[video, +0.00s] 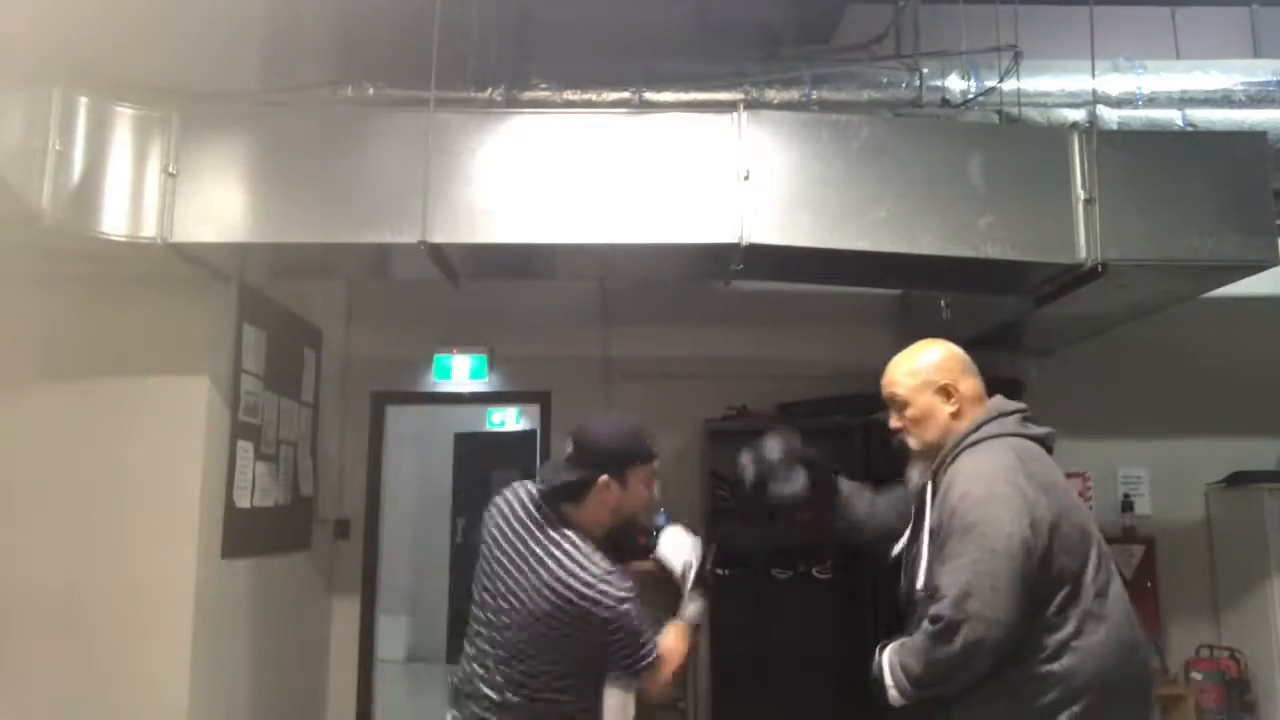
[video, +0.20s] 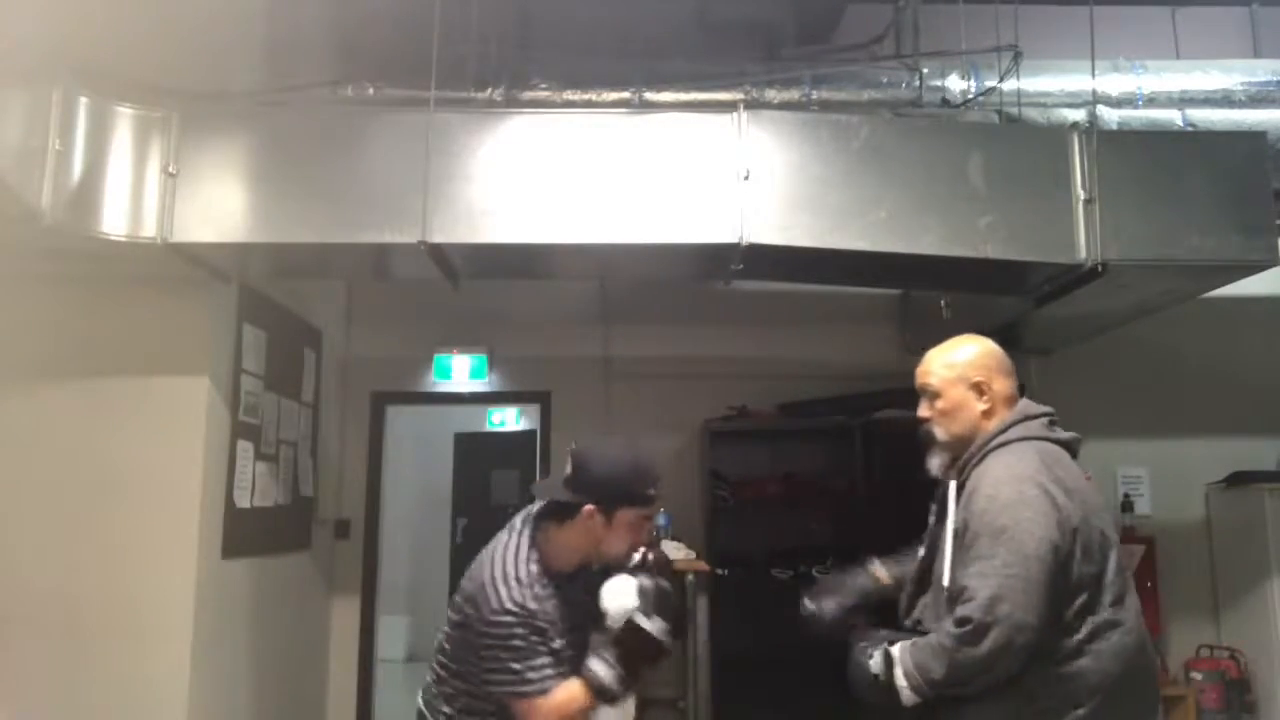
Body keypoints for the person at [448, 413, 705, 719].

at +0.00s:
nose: (654, 493)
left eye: (653, 480)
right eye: (646, 482)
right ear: (606, 487)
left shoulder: (511, 499)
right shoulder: (601, 589)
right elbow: (656, 682)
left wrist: (652, 566)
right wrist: (690, 608)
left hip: (467, 700)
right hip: (542, 711)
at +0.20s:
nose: (645, 538)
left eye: (648, 523)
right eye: (638, 523)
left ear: (590, 517)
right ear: (592, 517)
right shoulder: (507, 601)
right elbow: (539, 709)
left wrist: (639, 574)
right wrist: (617, 661)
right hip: (465, 712)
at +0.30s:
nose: (621, 532)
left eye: (625, 516)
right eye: (614, 516)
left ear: (568, 508)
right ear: (569, 506)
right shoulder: (480, 580)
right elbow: (514, 706)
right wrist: (590, 632)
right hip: (459, 713)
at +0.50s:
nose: (578, 504)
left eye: (580, 488)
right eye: (572, 486)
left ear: (526, 478)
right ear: (527, 477)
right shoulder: (434, 552)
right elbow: (471, 687)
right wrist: (545, 598)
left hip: (513, 706)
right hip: (429, 712)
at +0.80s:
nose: (579, 456)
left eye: (575, 441)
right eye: (564, 441)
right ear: (515, 452)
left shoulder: (538, 520)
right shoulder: (444, 534)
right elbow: (469, 668)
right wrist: (560, 625)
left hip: (531, 704)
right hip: (454, 711)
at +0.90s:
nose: (608, 434)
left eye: (604, 419)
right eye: (592, 420)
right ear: (546, 434)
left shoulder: (573, 506)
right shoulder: (482, 516)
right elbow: (506, 646)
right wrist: (589, 582)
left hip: (558, 705)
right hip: (492, 712)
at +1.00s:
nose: (629, 433)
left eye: (625, 419)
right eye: (614, 420)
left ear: (576, 436)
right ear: (571, 435)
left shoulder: (620, 496)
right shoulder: (507, 521)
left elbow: (695, 519)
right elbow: (515, 650)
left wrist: (753, 492)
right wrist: (607, 593)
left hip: (589, 705)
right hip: (510, 711)